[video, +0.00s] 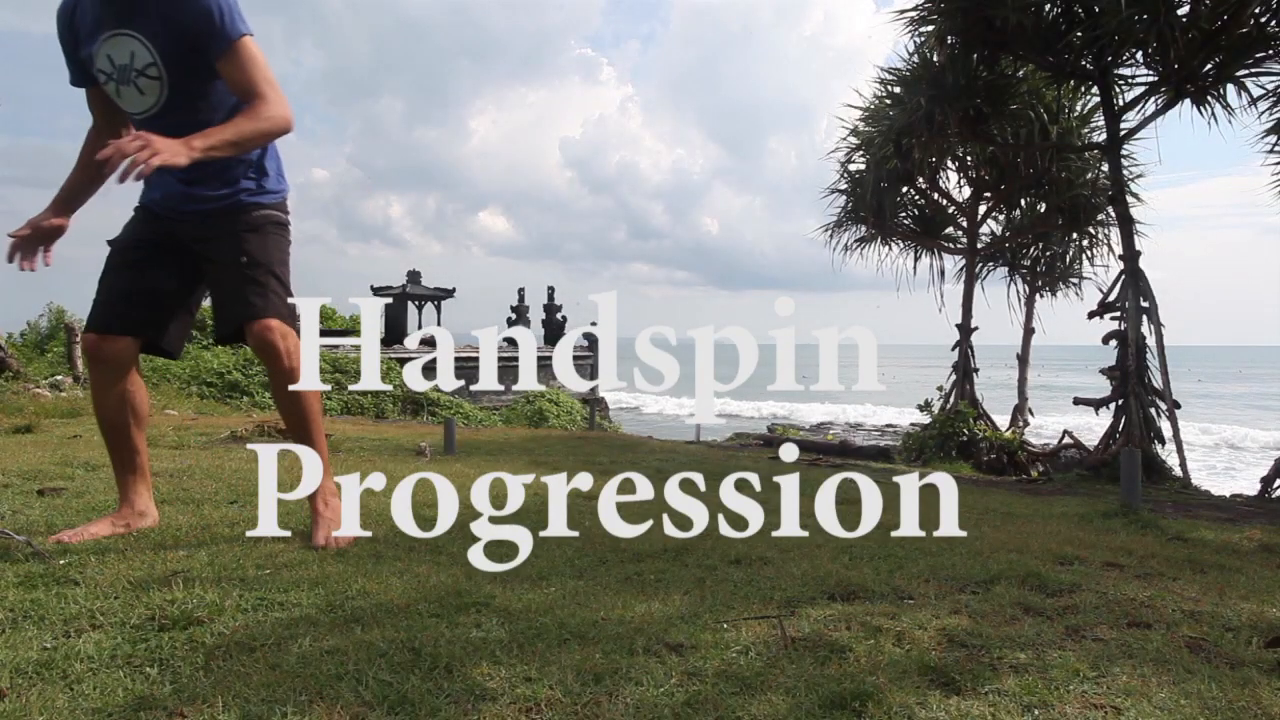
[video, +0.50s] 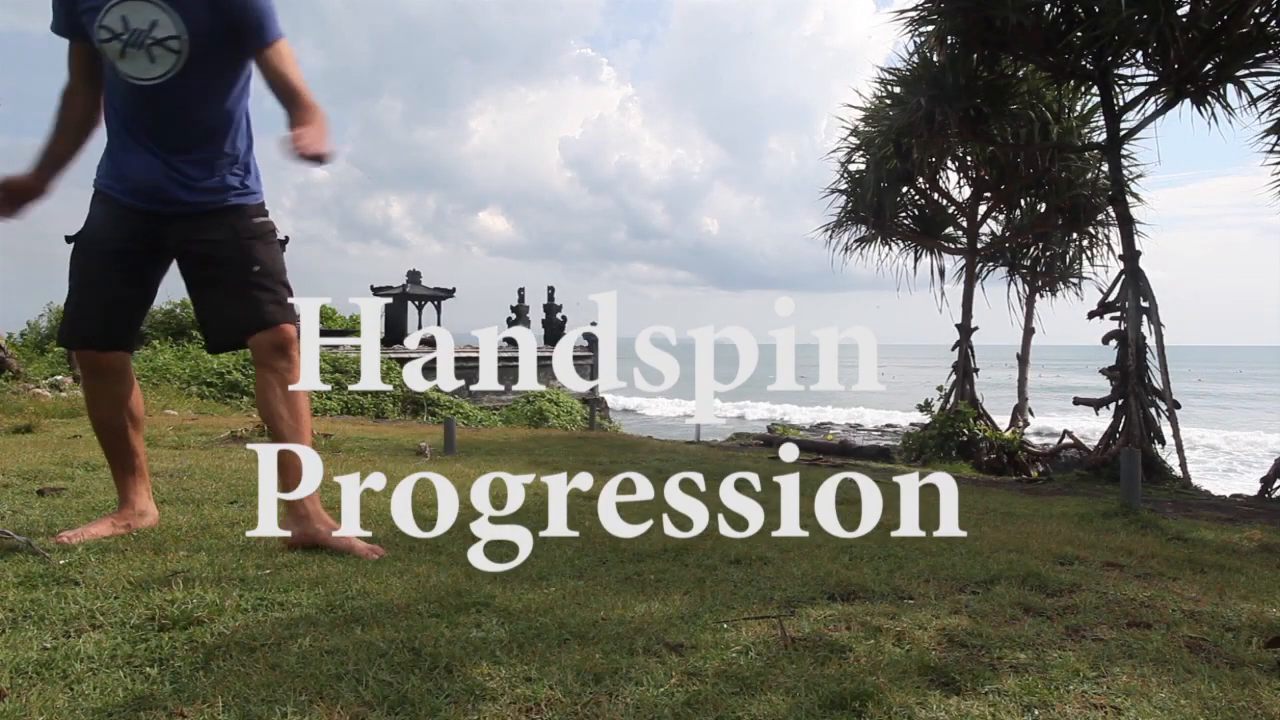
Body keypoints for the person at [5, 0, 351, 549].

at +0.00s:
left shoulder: (200, 6)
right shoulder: (77, 13)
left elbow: (275, 112)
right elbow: (110, 127)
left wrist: (190, 146)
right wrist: (60, 211)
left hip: (245, 196)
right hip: (165, 201)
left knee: (269, 333)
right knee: (107, 346)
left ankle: (325, 493)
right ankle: (137, 507)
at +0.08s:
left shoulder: (189, 4)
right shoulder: (69, 11)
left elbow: (257, 114)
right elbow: (107, 123)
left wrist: (165, 154)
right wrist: (69, 208)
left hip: (239, 195)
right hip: (158, 200)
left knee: (270, 332)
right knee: (101, 347)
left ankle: (328, 504)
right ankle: (137, 507)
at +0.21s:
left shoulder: (183, 4)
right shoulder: (67, 6)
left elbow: (236, 120)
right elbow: (114, 98)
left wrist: (144, 171)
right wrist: (98, 191)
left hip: (230, 206)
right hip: (143, 211)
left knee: (275, 351)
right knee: (93, 347)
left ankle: (326, 521)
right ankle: (136, 507)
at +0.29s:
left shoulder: (189, 4)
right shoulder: (70, 4)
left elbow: (243, 119)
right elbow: (114, 93)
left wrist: (164, 181)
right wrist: (104, 187)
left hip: (222, 206)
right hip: (131, 209)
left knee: (276, 352)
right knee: (91, 350)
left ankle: (328, 519)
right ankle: (136, 507)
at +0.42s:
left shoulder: (207, 6)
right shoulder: (74, 5)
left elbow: (270, 114)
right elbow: (101, 95)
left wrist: (232, 165)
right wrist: (90, 188)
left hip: (223, 206)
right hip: (127, 206)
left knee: (276, 348)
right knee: (91, 349)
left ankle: (322, 516)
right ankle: (136, 506)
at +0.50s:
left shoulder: (239, 6)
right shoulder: (84, 3)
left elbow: (297, 96)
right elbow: (84, 91)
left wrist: (308, 127)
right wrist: (39, 178)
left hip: (224, 186)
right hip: (127, 190)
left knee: (279, 337)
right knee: (96, 344)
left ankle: (304, 514)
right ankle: (136, 506)